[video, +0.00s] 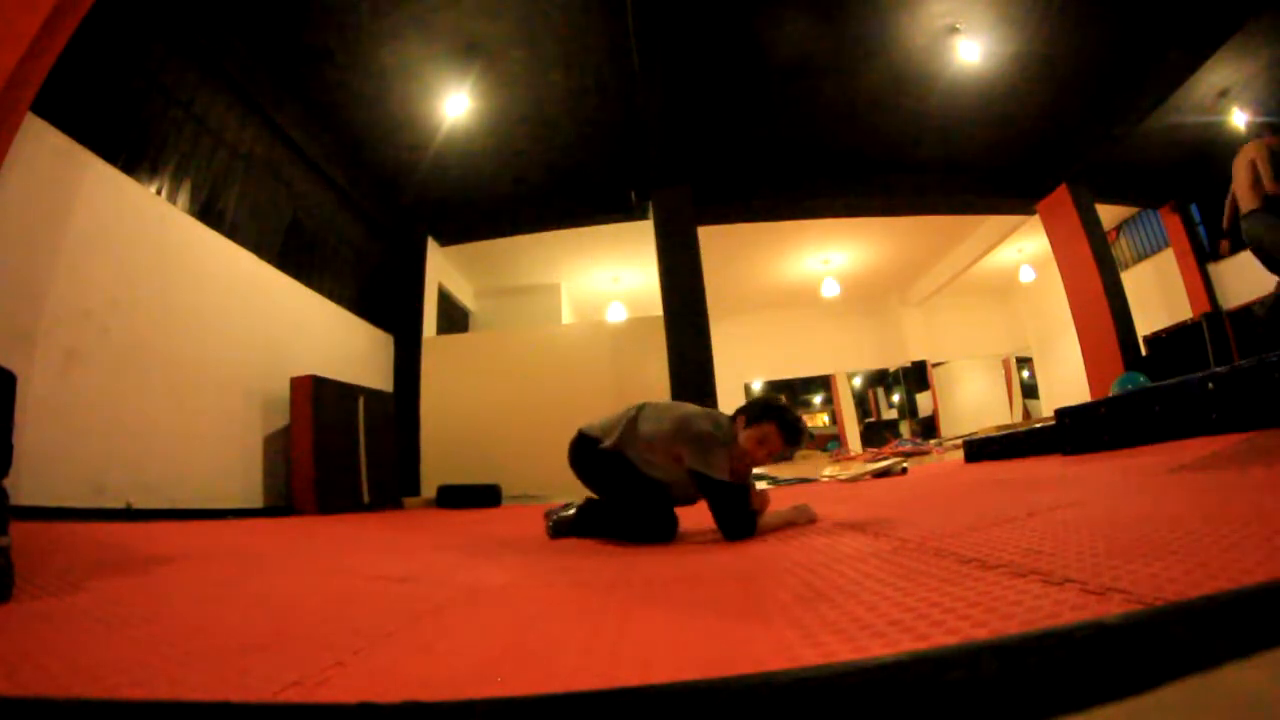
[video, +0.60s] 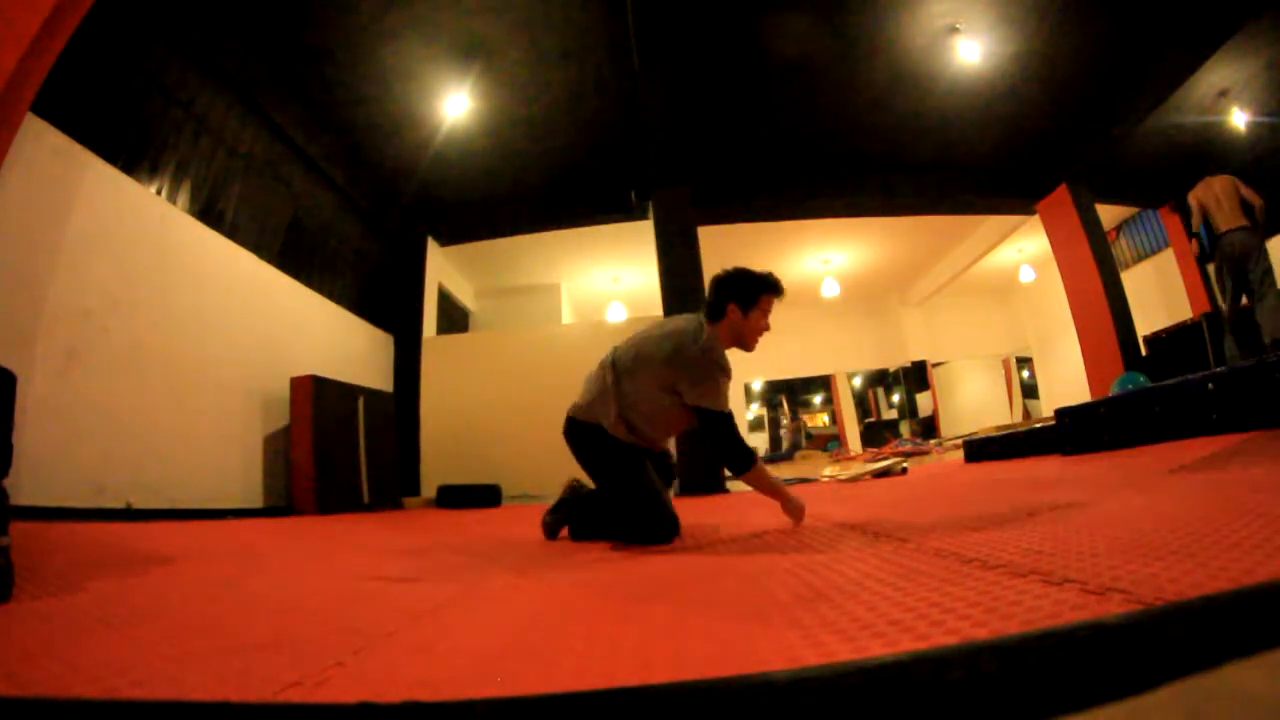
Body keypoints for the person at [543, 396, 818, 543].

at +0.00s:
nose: (760, 458)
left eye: (772, 455)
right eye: (761, 443)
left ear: (775, 458)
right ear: (743, 422)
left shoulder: (727, 442)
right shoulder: (710, 438)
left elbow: (733, 511)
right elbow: (736, 529)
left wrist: (750, 504)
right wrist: (789, 518)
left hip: (622, 454)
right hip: (594, 452)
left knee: (664, 514)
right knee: (659, 527)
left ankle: (586, 510)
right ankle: (575, 521)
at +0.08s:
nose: (766, 456)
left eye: (775, 453)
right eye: (766, 442)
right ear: (742, 423)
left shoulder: (724, 440)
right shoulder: (710, 436)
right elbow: (736, 528)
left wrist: (750, 504)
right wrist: (790, 518)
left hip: (610, 450)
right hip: (590, 449)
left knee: (660, 515)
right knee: (658, 527)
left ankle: (582, 508)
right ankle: (577, 516)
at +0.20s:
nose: (774, 446)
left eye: (782, 440)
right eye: (771, 432)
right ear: (743, 417)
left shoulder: (721, 431)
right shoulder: (714, 433)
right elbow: (735, 528)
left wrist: (749, 507)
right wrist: (788, 518)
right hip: (585, 442)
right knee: (658, 527)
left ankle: (581, 505)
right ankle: (576, 513)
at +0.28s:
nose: (777, 432)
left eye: (784, 424)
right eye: (775, 419)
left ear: (742, 404)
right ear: (746, 404)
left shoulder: (719, 414)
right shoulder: (715, 425)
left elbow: (679, 484)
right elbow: (735, 526)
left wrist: (738, 502)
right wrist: (787, 517)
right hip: (584, 438)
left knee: (655, 518)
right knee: (658, 528)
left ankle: (582, 506)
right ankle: (577, 512)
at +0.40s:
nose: (782, 400)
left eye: (786, 390)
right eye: (781, 388)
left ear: (744, 376)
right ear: (748, 377)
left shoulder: (712, 385)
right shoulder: (715, 406)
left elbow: (700, 484)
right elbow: (730, 507)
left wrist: (772, 516)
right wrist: (783, 518)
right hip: (587, 436)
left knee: (654, 517)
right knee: (659, 529)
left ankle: (582, 499)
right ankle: (576, 511)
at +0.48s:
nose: (779, 368)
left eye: (781, 358)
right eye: (776, 356)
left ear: (743, 351)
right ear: (744, 352)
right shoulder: (712, 378)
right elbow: (726, 472)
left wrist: (774, 506)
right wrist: (783, 512)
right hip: (592, 434)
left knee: (653, 519)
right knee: (658, 528)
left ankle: (580, 503)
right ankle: (576, 508)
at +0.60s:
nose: (767, 326)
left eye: (768, 315)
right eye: (763, 314)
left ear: (732, 314)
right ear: (733, 312)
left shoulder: (697, 335)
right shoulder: (701, 354)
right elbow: (730, 448)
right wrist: (782, 496)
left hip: (630, 426)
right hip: (597, 428)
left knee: (662, 472)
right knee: (659, 527)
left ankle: (593, 503)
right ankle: (576, 508)